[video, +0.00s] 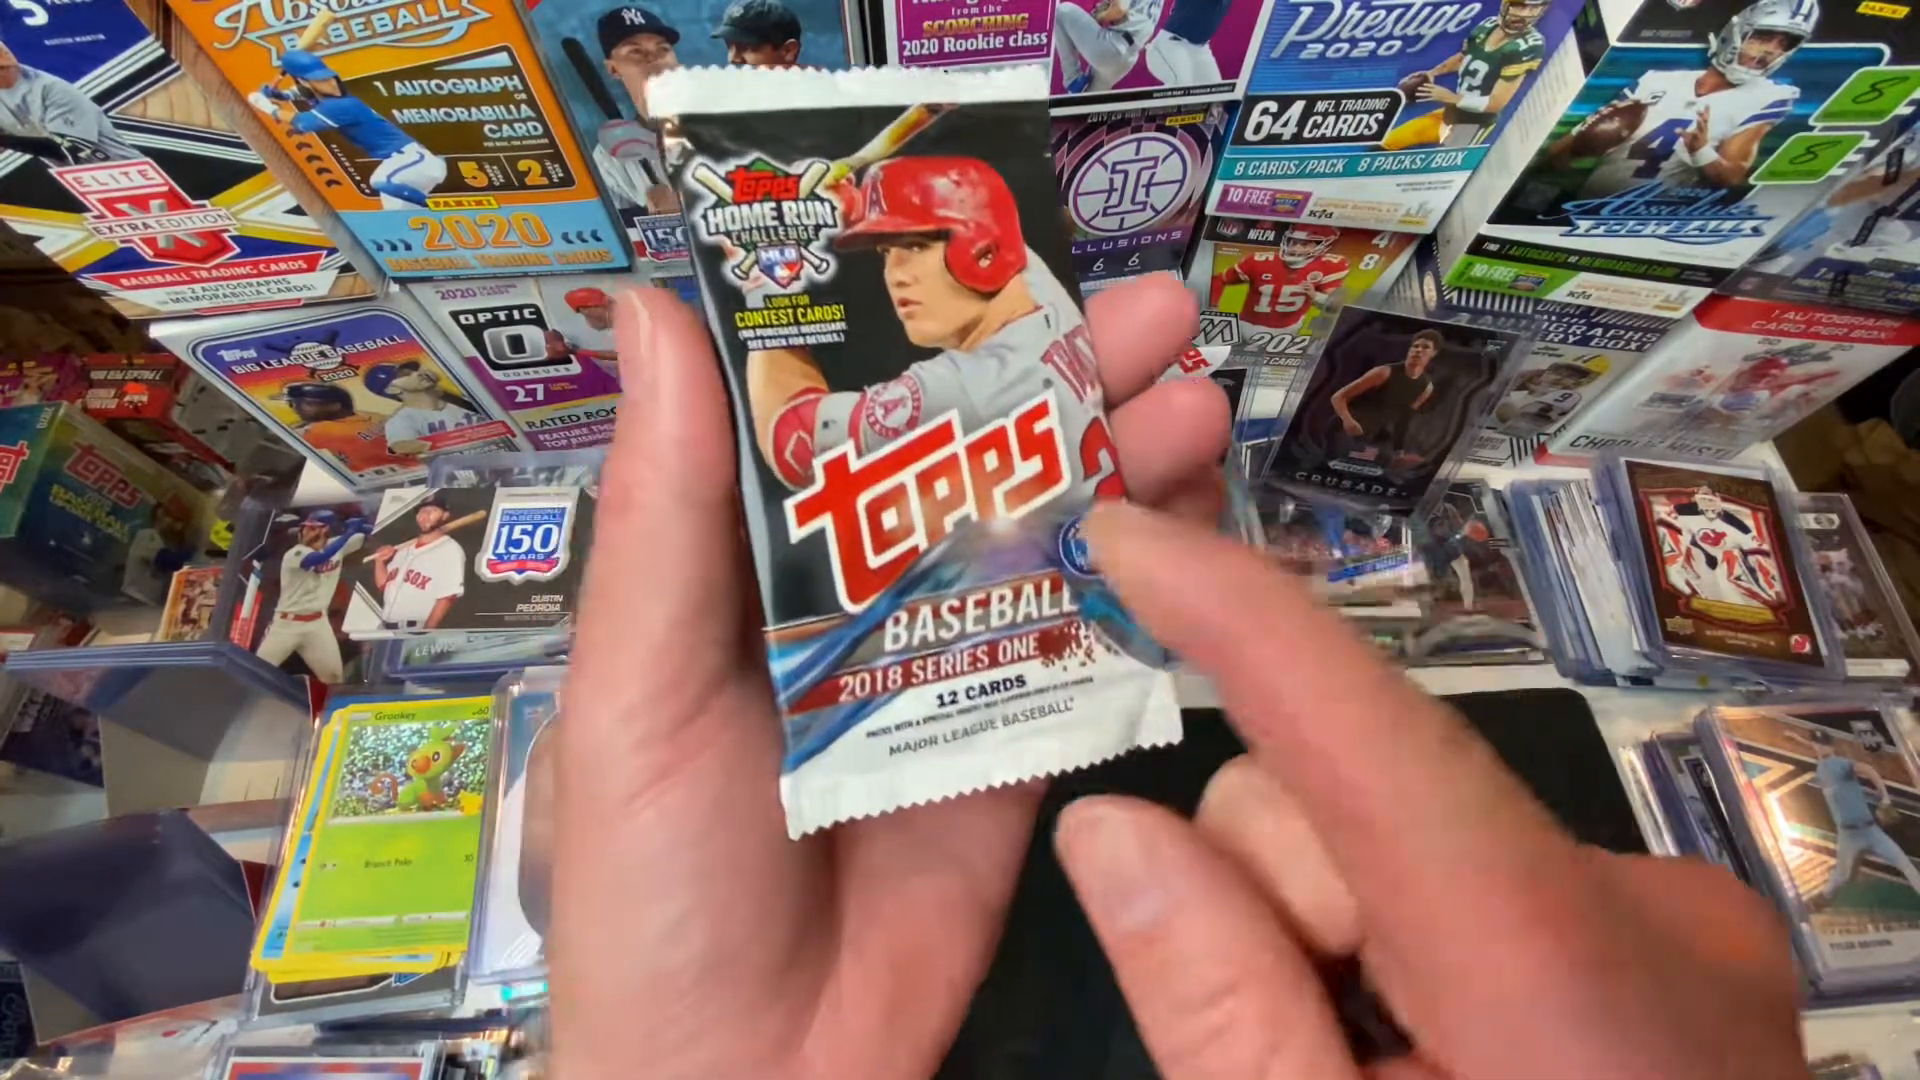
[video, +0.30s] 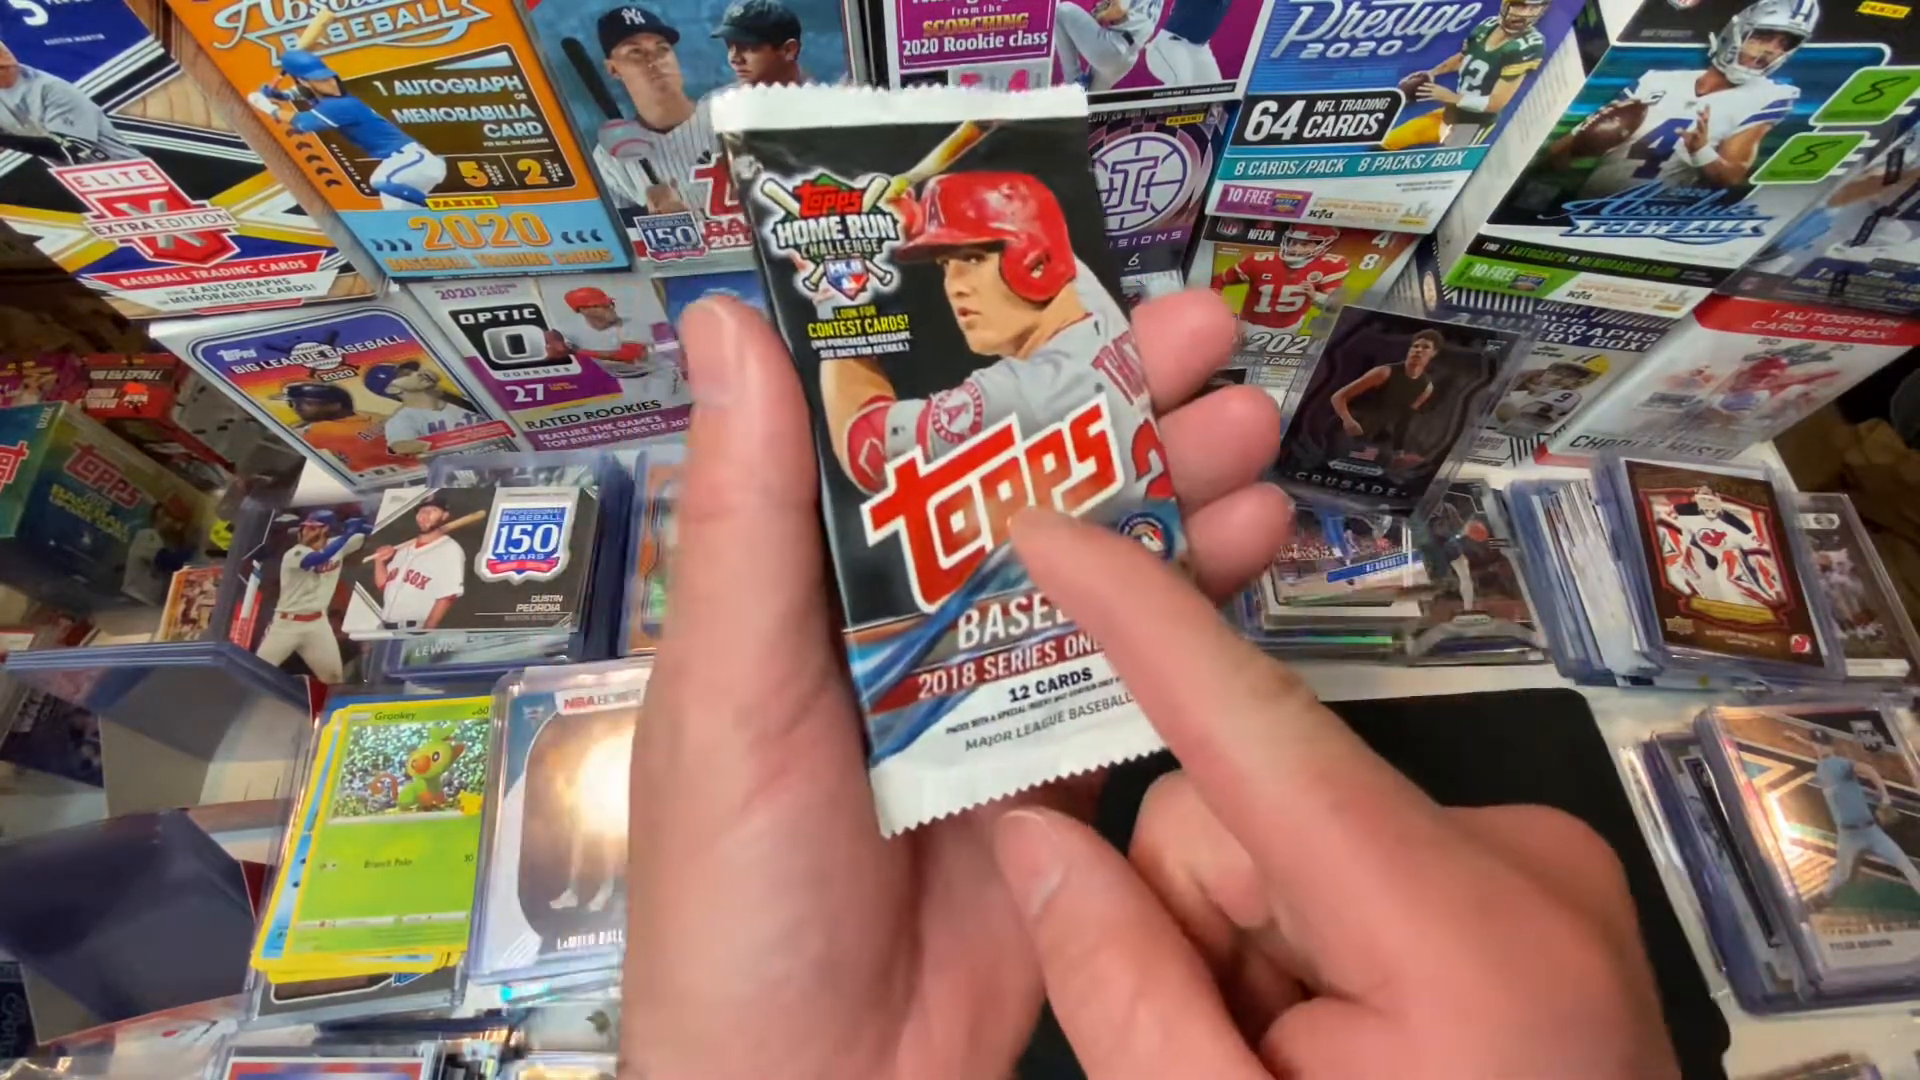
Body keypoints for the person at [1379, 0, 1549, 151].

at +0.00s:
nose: (1521, 14)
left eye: (1531, 7)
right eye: (1516, 5)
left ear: (1542, 11)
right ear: (1503, 5)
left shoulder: (1527, 47)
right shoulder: (1487, 26)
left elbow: (1495, 104)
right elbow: (1463, 58)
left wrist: (1449, 97)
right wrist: (1432, 73)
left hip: (1477, 123)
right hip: (1451, 111)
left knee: (1441, 174)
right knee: (1388, 141)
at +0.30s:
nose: (1519, 14)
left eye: (1530, 7)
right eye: (1515, 5)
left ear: (1542, 10)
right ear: (1503, 5)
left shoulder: (1527, 47)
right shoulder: (1486, 26)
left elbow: (1495, 104)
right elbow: (1463, 58)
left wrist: (1449, 97)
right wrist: (1431, 73)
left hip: (1478, 123)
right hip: (1452, 111)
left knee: (1442, 173)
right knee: (1389, 141)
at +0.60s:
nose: (1520, 13)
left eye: (1530, 7)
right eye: (1515, 4)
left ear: (1541, 11)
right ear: (1503, 5)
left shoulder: (1527, 47)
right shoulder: (1487, 26)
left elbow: (1496, 102)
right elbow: (1463, 58)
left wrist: (1450, 97)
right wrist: (1432, 73)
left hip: (1477, 123)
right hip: (1452, 111)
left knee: (1442, 174)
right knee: (1388, 141)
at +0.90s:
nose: (1520, 13)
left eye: (1530, 7)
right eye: (1515, 5)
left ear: (1541, 11)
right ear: (1503, 5)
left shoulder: (1526, 48)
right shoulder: (1487, 26)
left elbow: (1496, 103)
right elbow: (1463, 58)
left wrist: (1450, 97)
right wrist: (1431, 73)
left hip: (1477, 123)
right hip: (1451, 111)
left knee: (1441, 175)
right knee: (1388, 141)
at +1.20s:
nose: (1520, 14)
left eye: (1530, 8)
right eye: (1516, 5)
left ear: (1542, 11)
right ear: (1504, 5)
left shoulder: (1527, 47)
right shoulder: (1487, 26)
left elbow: (1496, 103)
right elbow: (1463, 58)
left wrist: (1450, 97)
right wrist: (1432, 73)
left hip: (1477, 124)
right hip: (1452, 111)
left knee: (1441, 176)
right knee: (1387, 141)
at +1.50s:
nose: (1520, 14)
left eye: (1530, 7)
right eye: (1516, 5)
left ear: (1542, 11)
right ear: (1504, 5)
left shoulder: (1527, 47)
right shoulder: (1487, 26)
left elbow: (1496, 103)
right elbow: (1463, 58)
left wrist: (1450, 97)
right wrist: (1432, 73)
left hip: (1477, 123)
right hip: (1452, 111)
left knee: (1441, 175)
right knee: (1387, 141)